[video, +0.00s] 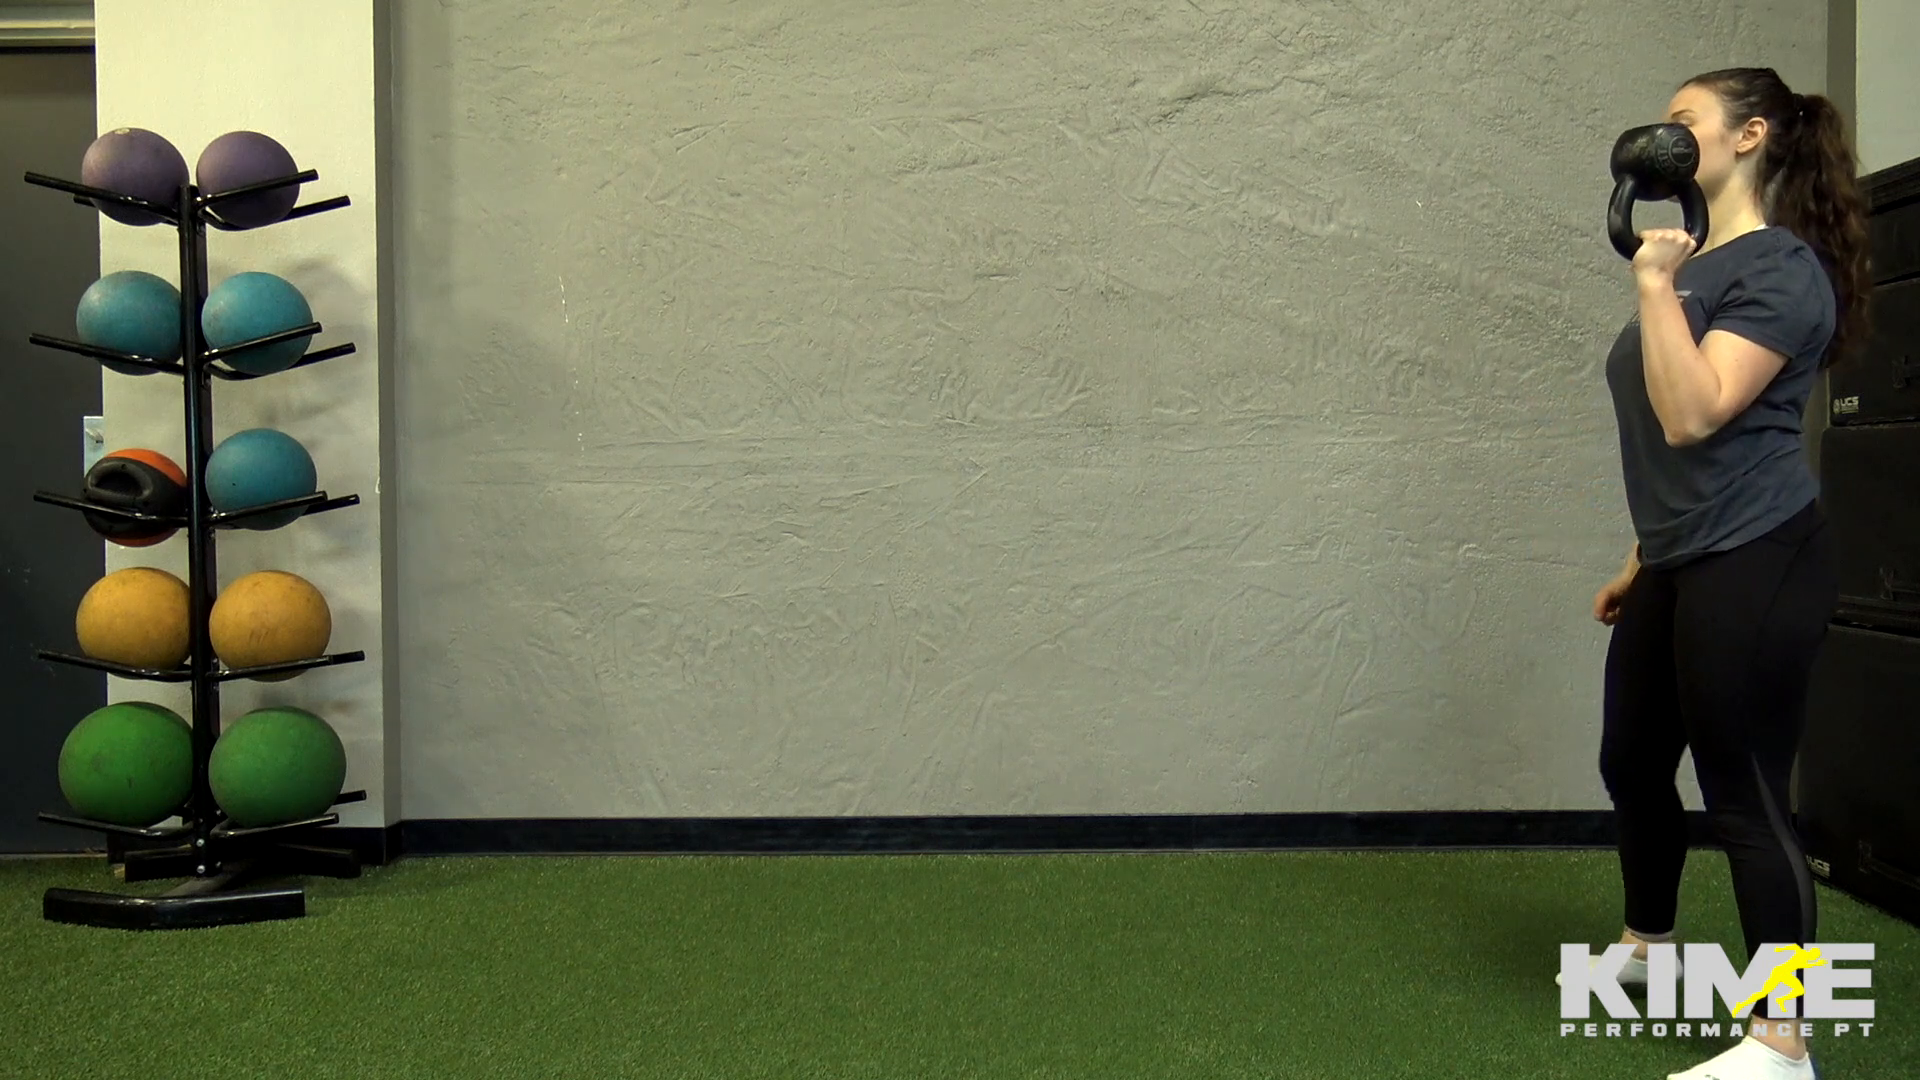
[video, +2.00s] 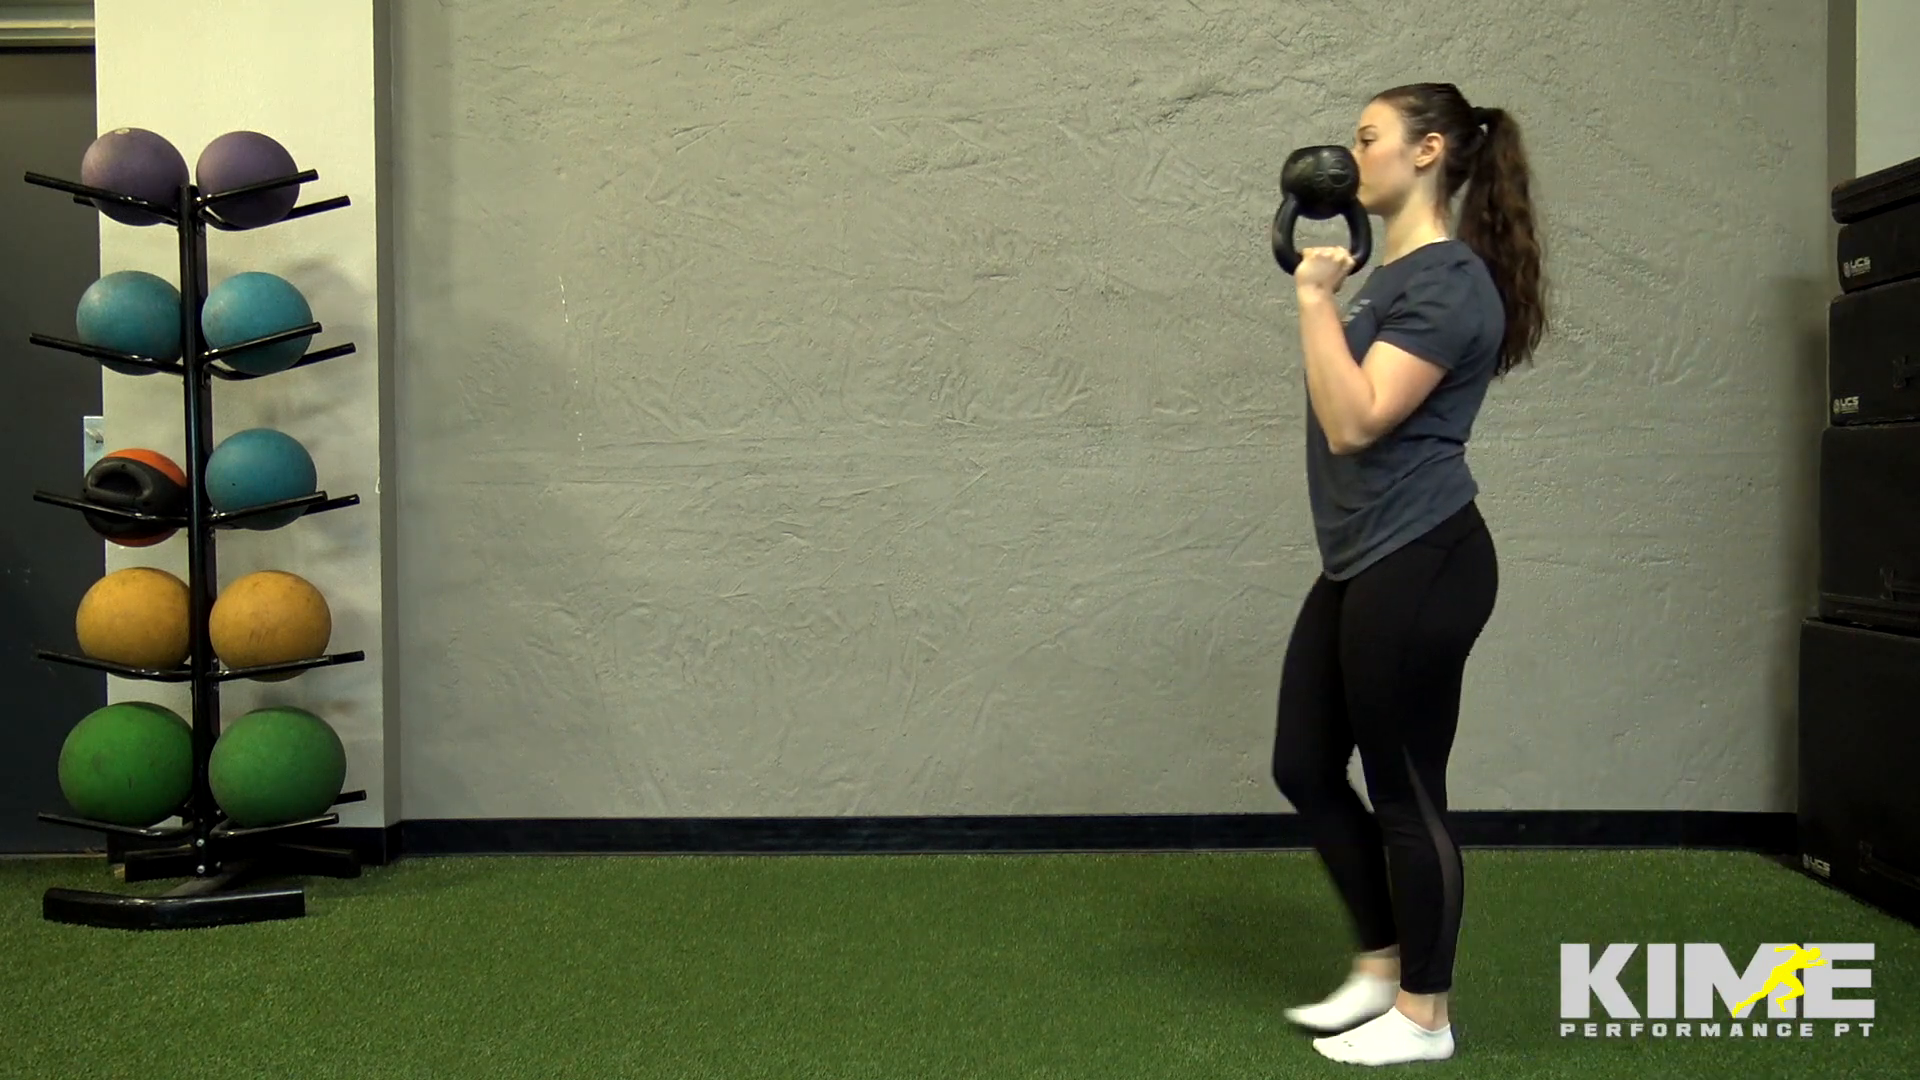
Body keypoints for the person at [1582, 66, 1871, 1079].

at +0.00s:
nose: (1665, 152)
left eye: (1684, 134)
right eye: (1666, 134)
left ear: (1751, 137)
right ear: (1733, 139)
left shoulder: (1784, 270)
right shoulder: (1701, 265)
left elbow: (1691, 416)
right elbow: (1685, 442)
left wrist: (1654, 284)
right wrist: (1643, 560)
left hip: (1755, 558)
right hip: (1676, 560)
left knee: (1743, 786)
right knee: (1633, 764)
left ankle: (1783, 1033)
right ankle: (1647, 952)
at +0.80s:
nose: (1580, 157)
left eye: (1597, 140)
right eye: (1581, 141)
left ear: (1662, 147)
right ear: (1644, 149)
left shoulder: (1685, 280)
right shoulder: (1601, 271)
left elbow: (1592, 422)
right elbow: (1585, 442)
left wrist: (1554, 297)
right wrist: (1545, 554)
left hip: (1653, 562)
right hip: (1583, 569)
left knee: (1624, 795)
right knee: (1594, 792)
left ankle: (1763, 996)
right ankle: (1620, 1006)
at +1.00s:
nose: (1546, 155)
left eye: (1565, 140)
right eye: (1549, 140)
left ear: (1629, 151)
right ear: (1607, 153)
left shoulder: (1655, 283)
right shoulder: (1574, 274)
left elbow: (1558, 431)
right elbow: (1566, 442)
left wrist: (1520, 306)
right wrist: (1526, 553)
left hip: (1620, 560)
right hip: (1571, 564)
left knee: (1519, 783)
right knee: (1593, 793)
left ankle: (1626, 1001)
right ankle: (1623, 1000)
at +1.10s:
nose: (1531, 155)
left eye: (1550, 140)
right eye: (1534, 141)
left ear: (1614, 152)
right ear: (1592, 155)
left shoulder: (1638, 284)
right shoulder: (1563, 280)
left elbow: (1544, 432)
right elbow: (1563, 444)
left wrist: (1507, 306)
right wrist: (1522, 559)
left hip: (1609, 560)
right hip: (1566, 564)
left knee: (1498, 778)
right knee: (1586, 795)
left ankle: (1542, 1009)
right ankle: (1616, 1005)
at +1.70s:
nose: (1407, 159)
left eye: (1425, 143)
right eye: (1409, 144)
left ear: (1486, 154)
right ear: (1468, 157)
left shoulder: (1508, 285)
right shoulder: (1441, 275)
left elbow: (1409, 424)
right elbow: (1417, 443)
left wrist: (1372, 302)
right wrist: (1395, 565)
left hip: (1470, 560)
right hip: (1432, 561)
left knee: (1431, 791)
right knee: (1442, 784)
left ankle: (1424, 1014)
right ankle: (1571, 960)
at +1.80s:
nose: (1391, 159)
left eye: (1409, 143)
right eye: (1394, 144)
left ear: (1469, 153)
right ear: (1452, 156)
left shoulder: (1491, 284)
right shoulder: (1422, 274)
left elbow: (1392, 422)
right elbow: (1395, 441)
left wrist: (1354, 299)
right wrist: (1376, 567)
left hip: (1454, 560)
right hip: (1404, 565)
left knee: (1423, 789)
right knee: (1385, 786)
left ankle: (1425, 1014)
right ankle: (1536, 946)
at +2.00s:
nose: (1352, 158)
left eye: (1370, 142)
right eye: (1355, 143)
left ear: (1430, 152)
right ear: (1414, 155)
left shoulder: (1454, 282)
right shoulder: (1391, 272)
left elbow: (1356, 420)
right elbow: (1347, 407)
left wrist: (1316, 300)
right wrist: (1320, 289)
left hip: (1422, 562)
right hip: (1358, 564)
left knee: (1405, 788)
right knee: (1306, 766)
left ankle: (1426, 1014)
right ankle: (1384, 965)